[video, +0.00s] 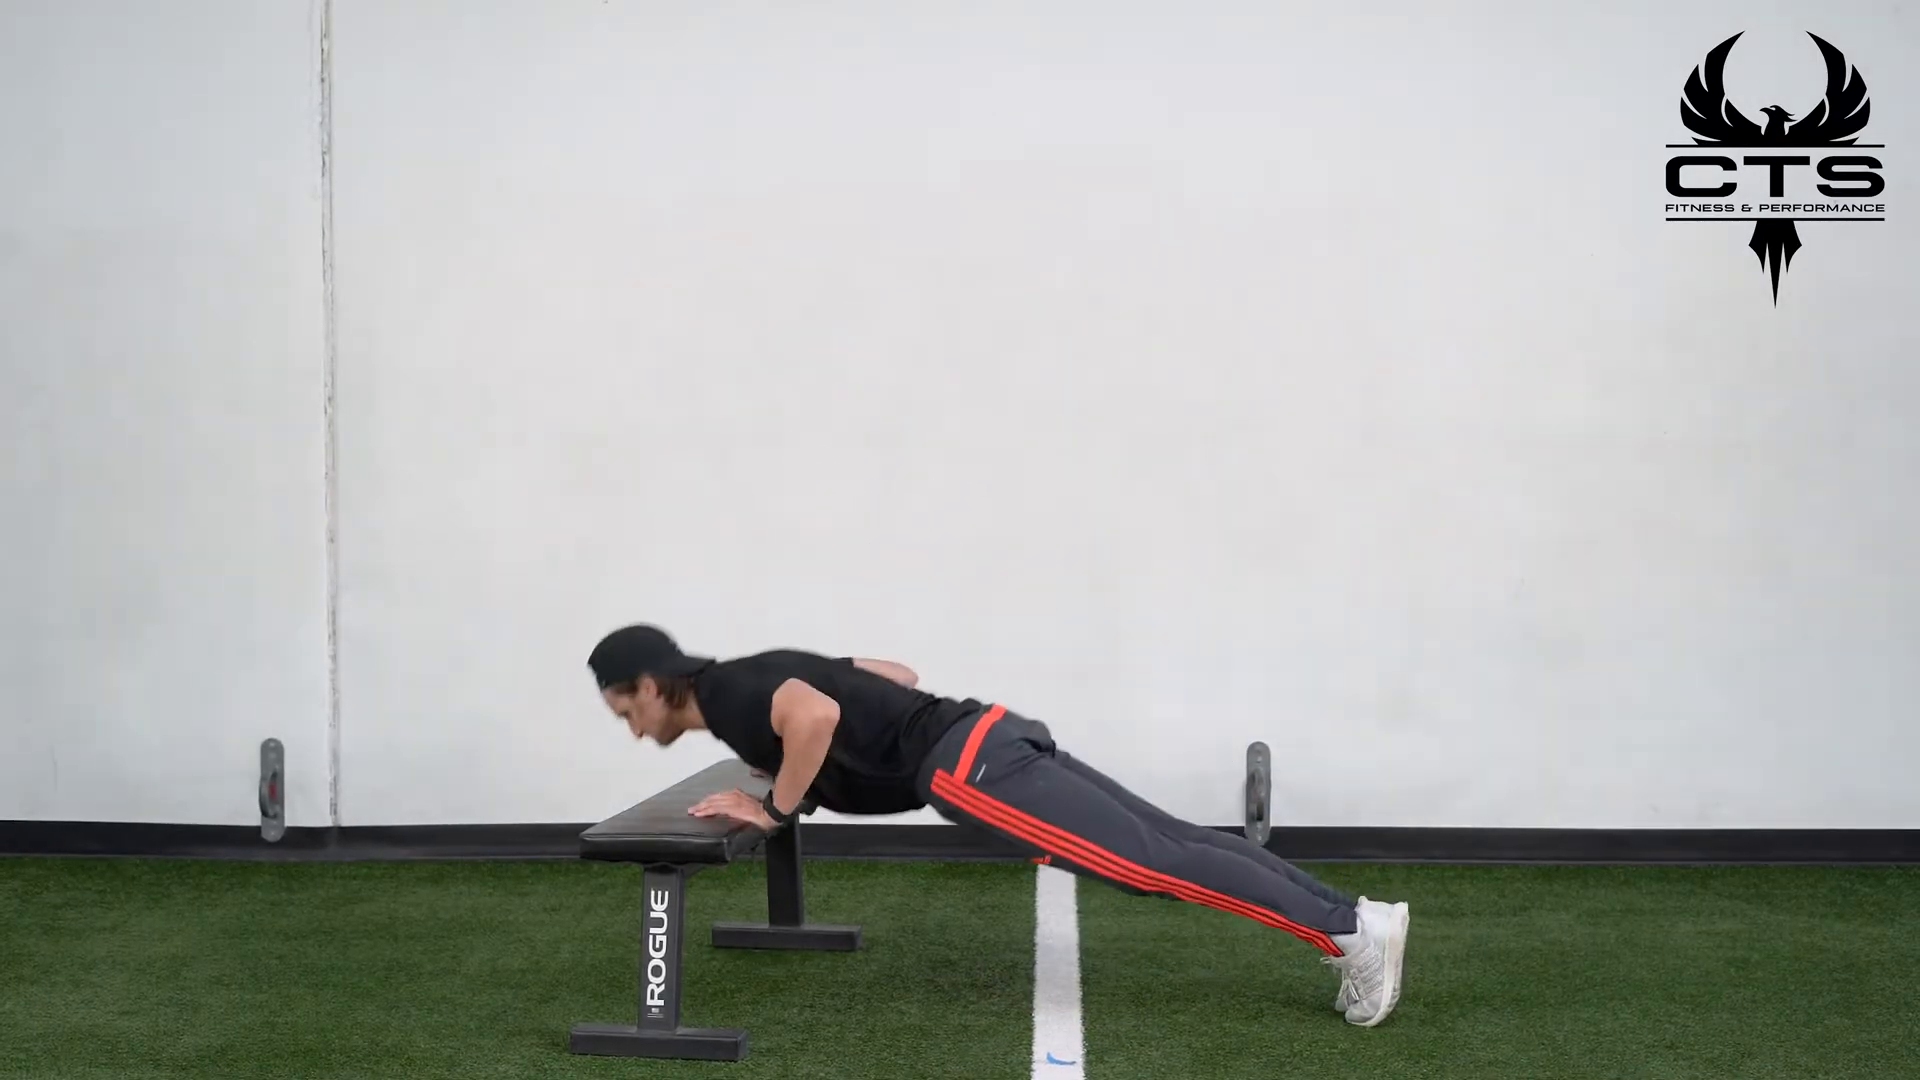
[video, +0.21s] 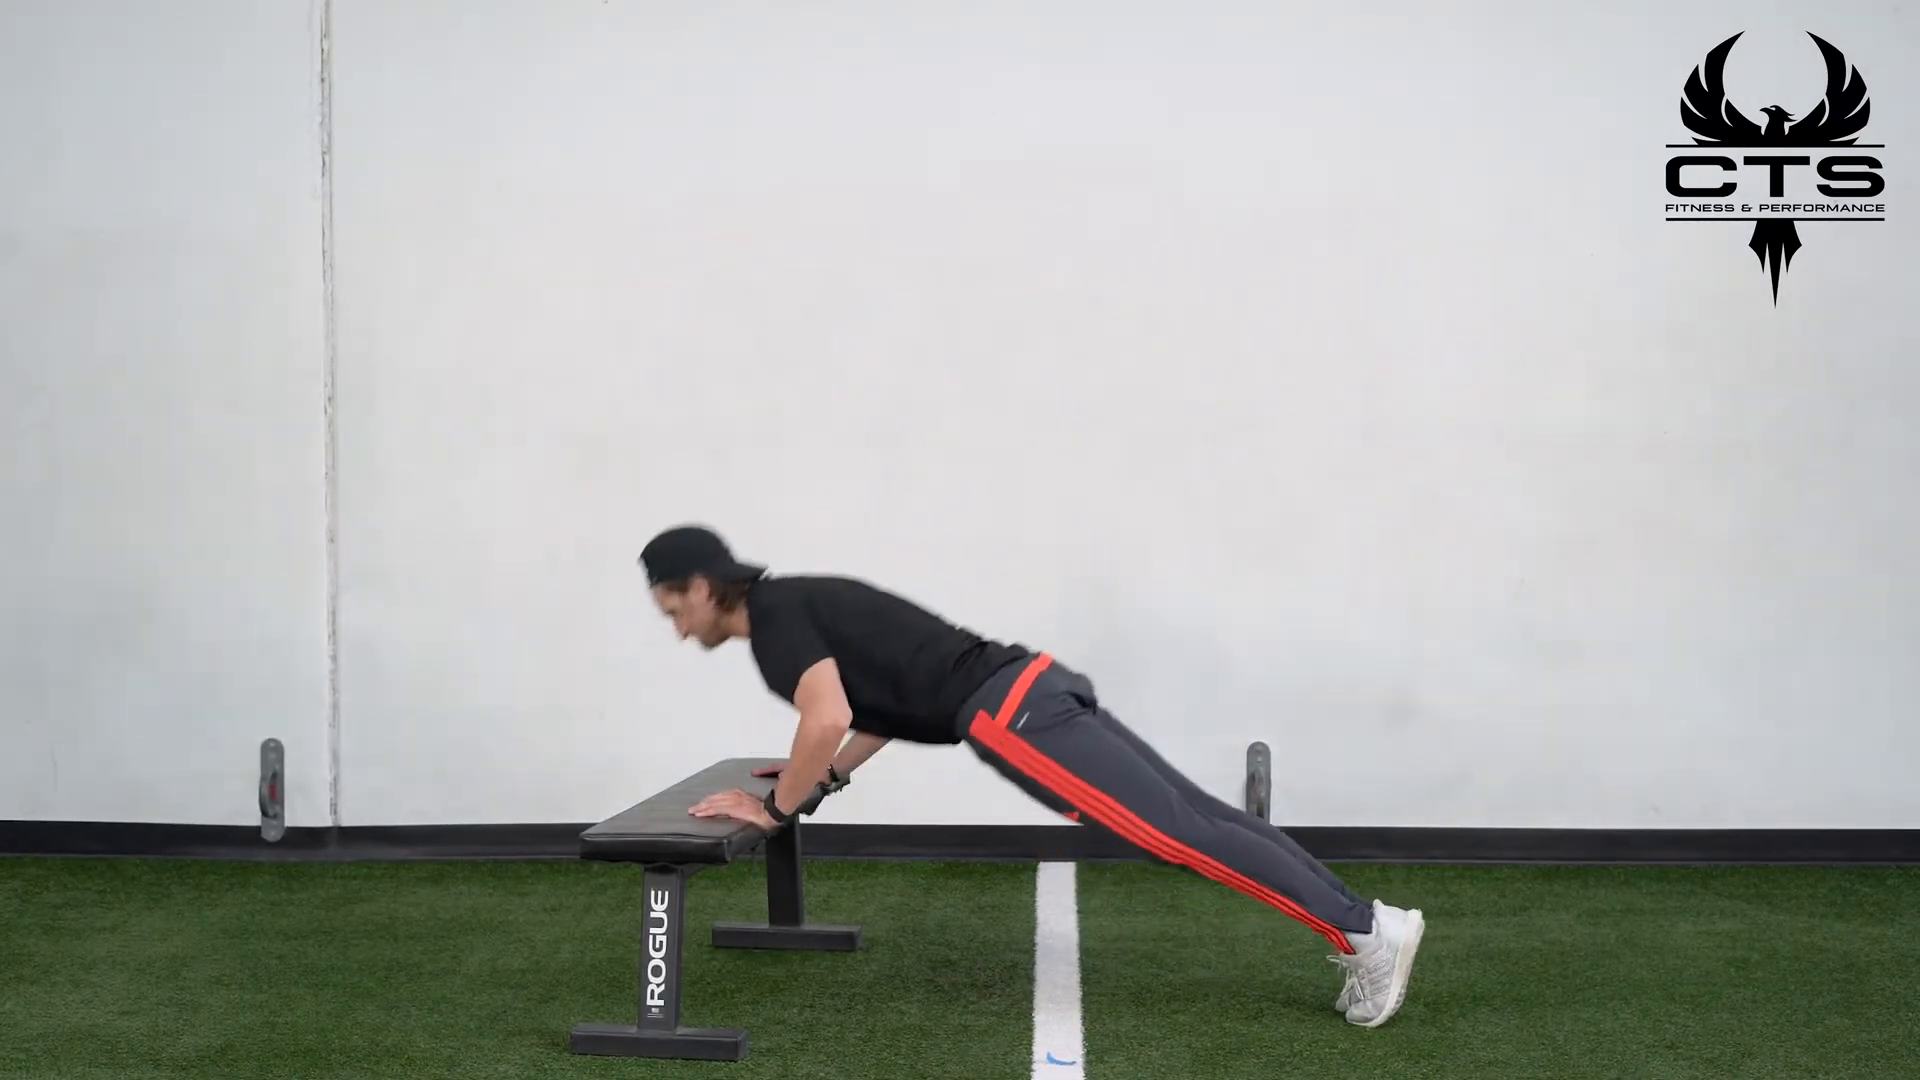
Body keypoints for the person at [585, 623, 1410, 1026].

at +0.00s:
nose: (627, 725)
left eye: (625, 710)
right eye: (619, 714)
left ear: (655, 686)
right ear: (663, 673)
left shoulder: (723, 694)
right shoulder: (758, 675)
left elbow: (811, 714)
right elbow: (897, 674)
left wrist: (772, 809)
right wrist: (888, 746)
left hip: (970, 765)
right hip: (992, 741)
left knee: (1151, 860)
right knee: (1164, 837)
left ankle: (1352, 934)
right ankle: (1353, 919)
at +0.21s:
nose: (670, 623)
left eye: (669, 605)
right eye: (665, 610)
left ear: (703, 586)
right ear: (712, 586)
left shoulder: (770, 614)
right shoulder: (799, 601)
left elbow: (827, 717)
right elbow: (876, 720)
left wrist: (776, 805)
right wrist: (814, 775)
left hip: (1011, 712)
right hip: (1031, 693)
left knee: (1177, 831)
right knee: (1189, 817)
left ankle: (1369, 932)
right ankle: (1363, 927)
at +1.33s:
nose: (881, 278)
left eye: (895, 266)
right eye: (887, 263)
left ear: (937, 283)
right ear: (942, 283)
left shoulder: (966, 365)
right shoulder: (981, 359)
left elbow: (968, 509)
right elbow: (995, 514)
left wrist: (917, 619)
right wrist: (968, 614)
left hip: (1102, 563)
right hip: (1105, 561)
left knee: (1033, 760)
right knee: (1058, 763)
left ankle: (1060, 967)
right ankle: (1073, 955)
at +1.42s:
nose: (902, 267)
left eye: (914, 255)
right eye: (908, 253)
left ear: (955, 269)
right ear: (961, 270)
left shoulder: (978, 347)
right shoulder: (998, 344)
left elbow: (971, 456)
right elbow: (1038, 456)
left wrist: (889, 518)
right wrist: (985, 525)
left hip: (1085, 574)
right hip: (1088, 572)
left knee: (1002, 770)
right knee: (1017, 767)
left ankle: (1053, 970)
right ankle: (1069, 956)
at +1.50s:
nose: (924, 270)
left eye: (936, 259)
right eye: (928, 257)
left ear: (977, 271)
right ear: (982, 273)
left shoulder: (1008, 345)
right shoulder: (1003, 348)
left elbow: (982, 386)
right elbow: (970, 389)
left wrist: (874, 353)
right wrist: (879, 359)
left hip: (1060, 595)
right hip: (1062, 592)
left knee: (959, 788)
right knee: (979, 783)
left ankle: (1047, 968)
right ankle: (1062, 956)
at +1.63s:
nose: (947, 235)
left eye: (962, 221)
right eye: (952, 218)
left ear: (1001, 238)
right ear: (1016, 240)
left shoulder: (1013, 322)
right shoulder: (1031, 327)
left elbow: (996, 252)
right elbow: (999, 240)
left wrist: (958, 157)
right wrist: (972, 169)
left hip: (1019, 573)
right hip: (1033, 571)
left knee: (959, 768)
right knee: (980, 766)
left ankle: (1044, 961)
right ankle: (1054, 942)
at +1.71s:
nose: (958, 167)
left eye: (974, 155)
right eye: (965, 151)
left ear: (1008, 178)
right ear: (1022, 184)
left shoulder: (1010, 262)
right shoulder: (1039, 268)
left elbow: (1011, 187)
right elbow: (1030, 190)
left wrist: (996, 94)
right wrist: (1025, 115)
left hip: (1006, 507)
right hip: (1025, 508)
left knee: (996, 713)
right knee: (1007, 712)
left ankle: (1016, 922)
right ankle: (1037, 905)